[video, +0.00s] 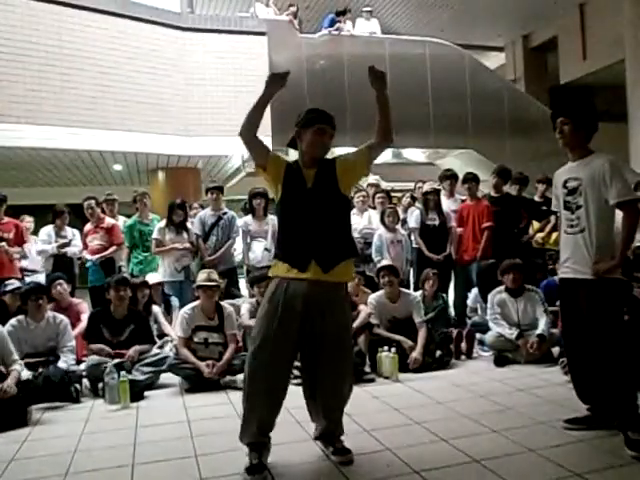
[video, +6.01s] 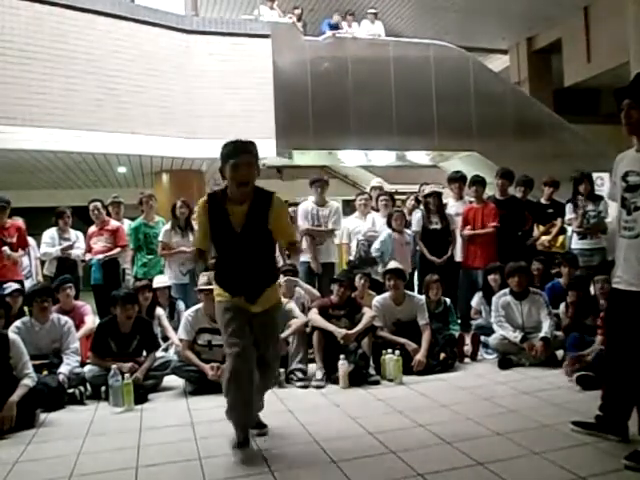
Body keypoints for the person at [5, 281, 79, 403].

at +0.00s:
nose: (39, 302)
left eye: (42, 298)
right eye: (34, 299)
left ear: (47, 301)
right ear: (26, 304)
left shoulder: (60, 322)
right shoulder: (13, 327)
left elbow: (68, 352)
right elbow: (12, 361)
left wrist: (57, 370)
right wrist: (30, 376)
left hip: (54, 368)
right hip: (27, 372)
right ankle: (68, 393)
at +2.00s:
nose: (39, 303)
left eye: (42, 299)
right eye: (33, 300)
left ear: (47, 301)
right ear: (25, 305)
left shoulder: (60, 321)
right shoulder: (14, 325)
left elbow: (68, 352)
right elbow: (10, 358)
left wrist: (58, 370)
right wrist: (23, 374)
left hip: (53, 367)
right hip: (28, 370)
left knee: (75, 375)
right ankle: (65, 394)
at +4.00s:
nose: (48, 302)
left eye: (50, 298)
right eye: (42, 299)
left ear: (54, 301)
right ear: (31, 304)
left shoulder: (64, 323)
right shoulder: (19, 328)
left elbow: (72, 353)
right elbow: (13, 357)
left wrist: (63, 373)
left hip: (58, 369)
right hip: (33, 372)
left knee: (79, 375)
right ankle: (69, 397)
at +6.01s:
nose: (44, 305)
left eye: (47, 301)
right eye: (39, 301)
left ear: (52, 303)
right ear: (31, 305)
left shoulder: (64, 323)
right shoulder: (18, 328)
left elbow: (72, 353)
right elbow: (14, 358)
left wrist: (63, 373)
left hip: (58, 369)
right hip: (32, 372)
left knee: (79, 375)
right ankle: (69, 397)